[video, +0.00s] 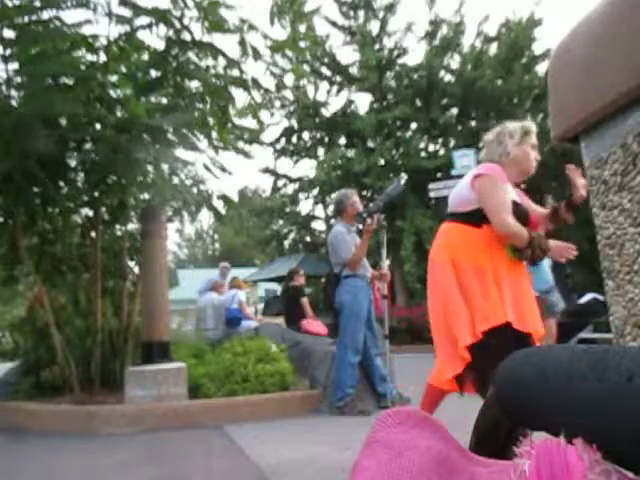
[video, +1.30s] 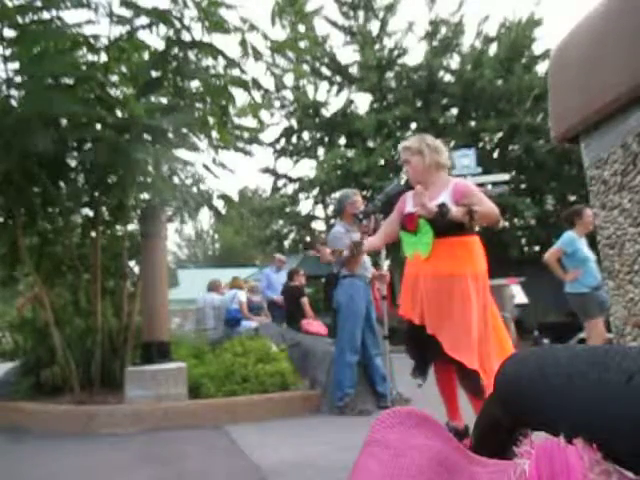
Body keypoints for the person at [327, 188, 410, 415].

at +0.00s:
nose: (361, 206)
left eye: (360, 202)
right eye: (356, 202)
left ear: (351, 207)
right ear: (346, 207)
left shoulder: (352, 232)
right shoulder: (338, 233)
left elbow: (358, 266)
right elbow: (353, 262)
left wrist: (375, 274)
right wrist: (367, 235)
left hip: (363, 285)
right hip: (351, 285)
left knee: (370, 344)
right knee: (351, 344)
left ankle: (386, 392)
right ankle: (344, 398)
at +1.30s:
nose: (362, 207)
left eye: (361, 202)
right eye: (358, 203)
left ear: (353, 207)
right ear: (347, 207)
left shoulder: (356, 231)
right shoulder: (337, 233)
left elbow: (360, 262)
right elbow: (350, 261)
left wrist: (374, 274)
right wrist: (361, 238)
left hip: (364, 283)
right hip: (350, 283)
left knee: (371, 342)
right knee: (349, 344)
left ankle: (385, 393)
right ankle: (343, 398)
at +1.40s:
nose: (361, 206)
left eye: (361, 202)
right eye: (357, 202)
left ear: (354, 207)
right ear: (346, 207)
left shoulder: (357, 231)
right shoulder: (337, 234)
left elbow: (366, 258)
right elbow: (346, 261)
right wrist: (362, 238)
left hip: (364, 285)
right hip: (347, 287)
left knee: (371, 342)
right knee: (348, 345)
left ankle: (384, 392)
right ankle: (343, 397)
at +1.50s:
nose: (361, 206)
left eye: (361, 202)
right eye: (357, 202)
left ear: (357, 207)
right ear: (346, 207)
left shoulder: (357, 231)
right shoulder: (337, 233)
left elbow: (365, 262)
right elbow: (348, 263)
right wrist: (362, 238)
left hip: (366, 282)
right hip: (348, 283)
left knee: (372, 342)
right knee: (348, 343)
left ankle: (385, 392)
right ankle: (344, 397)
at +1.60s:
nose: (362, 206)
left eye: (362, 202)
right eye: (357, 202)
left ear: (354, 207)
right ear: (346, 207)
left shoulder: (357, 232)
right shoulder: (337, 233)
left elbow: (363, 263)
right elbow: (347, 263)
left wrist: (376, 273)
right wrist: (360, 238)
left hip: (365, 283)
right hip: (349, 283)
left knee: (372, 341)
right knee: (348, 343)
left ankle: (385, 392)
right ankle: (343, 397)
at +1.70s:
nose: (361, 209)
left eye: (361, 205)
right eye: (356, 205)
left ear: (358, 207)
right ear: (345, 208)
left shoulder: (359, 231)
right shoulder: (337, 233)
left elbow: (367, 261)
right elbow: (347, 262)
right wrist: (359, 237)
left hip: (366, 282)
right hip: (349, 283)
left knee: (368, 338)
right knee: (347, 342)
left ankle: (377, 388)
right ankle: (344, 396)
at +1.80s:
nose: (354, 209)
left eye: (354, 205)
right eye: (351, 205)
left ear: (350, 208)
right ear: (343, 208)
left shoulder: (354, 229)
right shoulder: (336, 232)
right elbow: (343, 260)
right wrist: (359, 245)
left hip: (359, 279)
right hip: (345, 281)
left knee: (355, 339)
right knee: (344, 340)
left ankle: (354, 392)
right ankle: (340, 395)